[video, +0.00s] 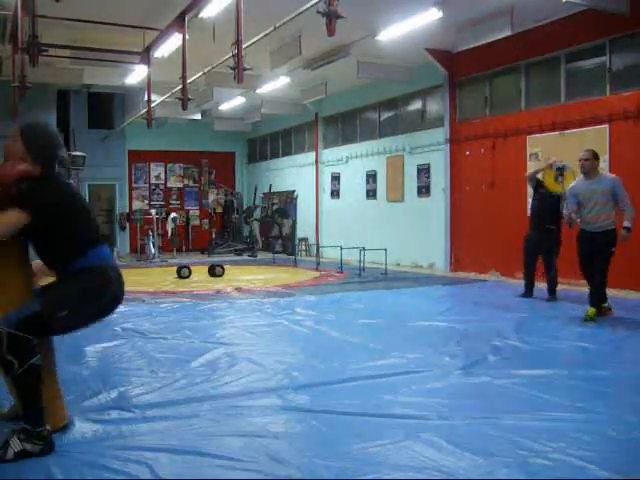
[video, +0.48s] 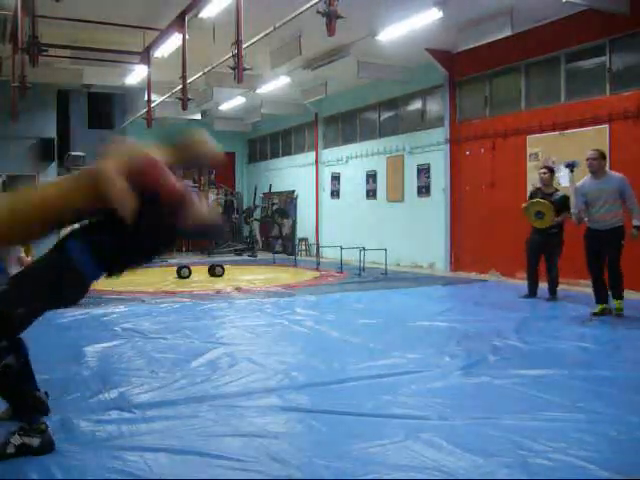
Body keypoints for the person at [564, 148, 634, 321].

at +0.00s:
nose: (582, 163)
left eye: (586, 160)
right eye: (580, 160)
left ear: (596, 162)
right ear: (579, 164)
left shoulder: (612, 182)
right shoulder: (575, 188)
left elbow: (626, 205)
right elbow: (569, 209)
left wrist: (626, 225)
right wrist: (570, 217)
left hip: (606, 231)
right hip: (586, 231)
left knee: (600, 269)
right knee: (587, 268)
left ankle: (594, 306)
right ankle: (602, 302)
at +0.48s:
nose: (590, 163)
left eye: (594, 160)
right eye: (588, 160)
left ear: (603, 162)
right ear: (586, 163)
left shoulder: (618, 180)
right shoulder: (582, 186)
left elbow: (631, 202)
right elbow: (578, 209)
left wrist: (635, 222)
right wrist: (578, 216)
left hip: (614, 228)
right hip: (594, 229)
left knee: (613, 266)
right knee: (595, 269)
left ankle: (617, 300)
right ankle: (601, 302)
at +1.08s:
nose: (609, 165)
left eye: (613, 161)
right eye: (607, 161)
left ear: (624, 162)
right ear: (605, 164)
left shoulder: (636, 180)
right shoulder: (603, 185)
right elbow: (599, 211)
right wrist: (599, 216)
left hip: (634, 229)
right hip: (613, 229)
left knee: (638, 269)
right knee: (606, 269)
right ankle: (604, 302)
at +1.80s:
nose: (633, 164)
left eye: (635, 160)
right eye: (631, 161)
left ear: (639, 162)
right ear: (629, 163)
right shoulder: (625, 186)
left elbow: (622, 208)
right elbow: (621, 208)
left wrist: (628, 217)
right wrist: (625, 217)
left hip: (634, 227)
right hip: (632, 226)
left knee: (626, 263)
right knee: (625, 263)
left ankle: (623, 298)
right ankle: (622, 298)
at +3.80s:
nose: (634, 163)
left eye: (636, 160)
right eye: (632, 160)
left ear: (639, 162)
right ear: (630, 163)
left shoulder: (629, 186)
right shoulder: (626, 185)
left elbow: (622, 208)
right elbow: (622, 208)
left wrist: (628, 222)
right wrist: (627, 223)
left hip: (634, 229)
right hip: (632, 228)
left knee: (627, 265)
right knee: (626, 265)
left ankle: (623, 300)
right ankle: (623, 299)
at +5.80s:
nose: (633, 164)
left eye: (635, 161)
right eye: (632, 161)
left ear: (639, 164)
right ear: (629, 164)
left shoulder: (627, 187)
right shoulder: (626, 186)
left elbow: (623, 211)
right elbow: (623, 210)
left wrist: (628, 219)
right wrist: (628, 219)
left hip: (634, 229)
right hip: (634, 229)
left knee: (635, 267)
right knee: (635, 267)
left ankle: (638, 300)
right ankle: (638, 300)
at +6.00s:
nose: (633, 165)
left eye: (635, 161)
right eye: (631, 162)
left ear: (639, 164)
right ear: (628, 165)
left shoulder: (627, 188)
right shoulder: (626, 187)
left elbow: (622, 211)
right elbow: (622, 210)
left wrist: (627, 218)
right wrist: (626, 217)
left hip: (634, 228)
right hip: (634, 228)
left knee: (635, 266)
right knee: (635, 266)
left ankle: (638, 300)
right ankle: (638, 300)